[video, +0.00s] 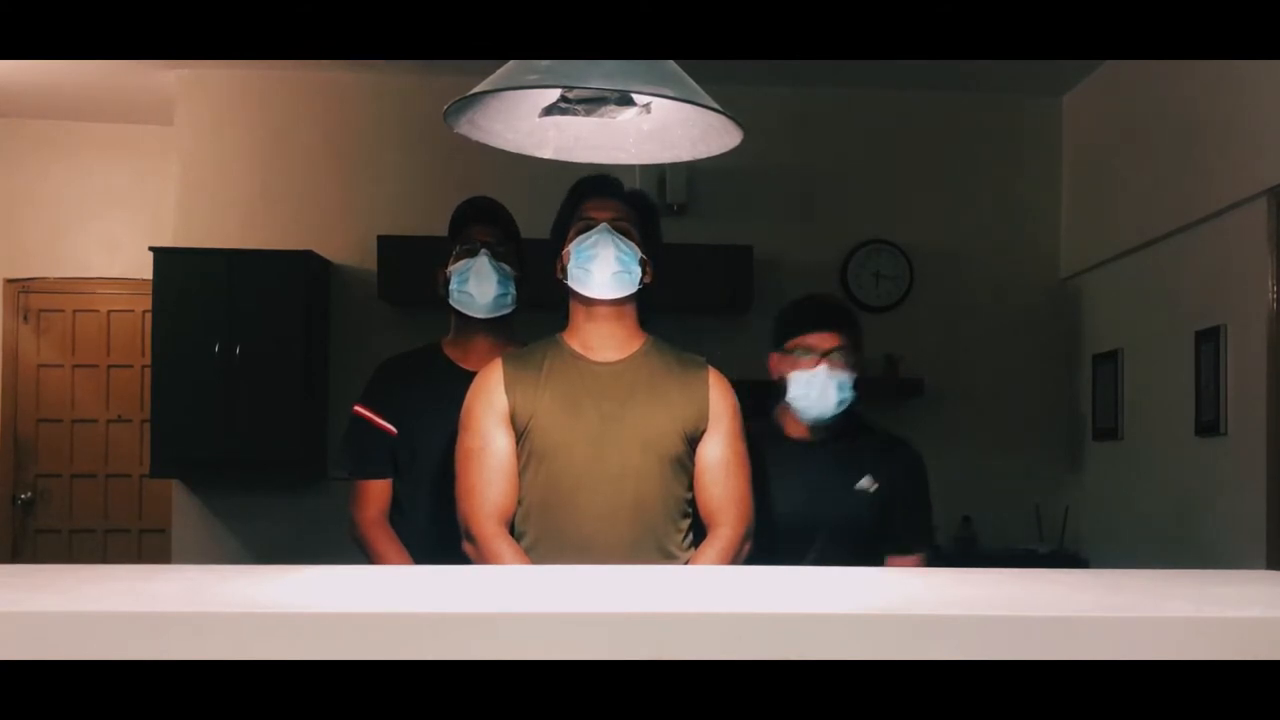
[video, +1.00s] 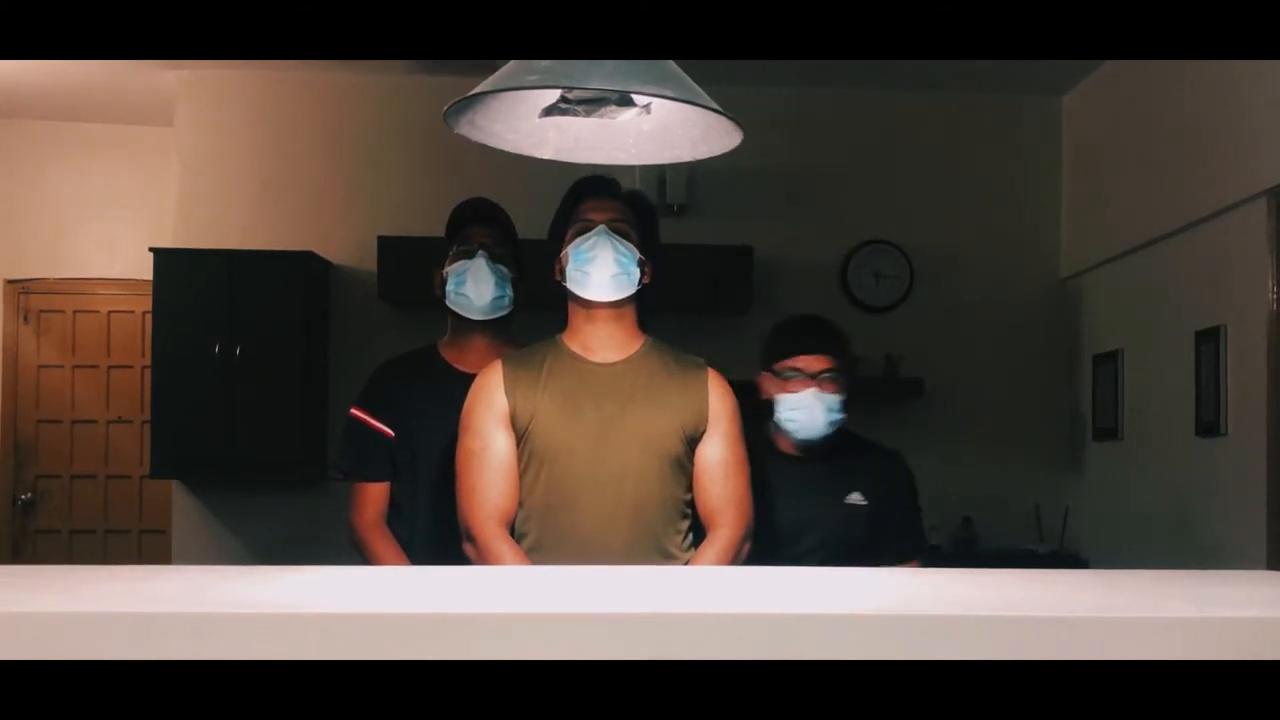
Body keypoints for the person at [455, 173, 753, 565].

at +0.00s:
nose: (603, 239)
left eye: (621, 231)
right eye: (585, 230)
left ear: (646, 267)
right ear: (562, 261)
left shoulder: (704, 388)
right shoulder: (502, 381)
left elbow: (731, 531)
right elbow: (483, 531)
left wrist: (667, 615)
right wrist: (552, 615)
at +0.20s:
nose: (603, 240)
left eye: (621, 232)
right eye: (586, 231)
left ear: (646, 267)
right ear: (562, 262)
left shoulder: (705, 388)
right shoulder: (503, 381)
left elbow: (730, 528)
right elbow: (483, 528)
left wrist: (669, 615)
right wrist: (547, 615)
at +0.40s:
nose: (603, 239)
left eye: (621, 232)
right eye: (586, 231)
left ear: (647, 267)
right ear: (562, 262)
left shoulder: (705, 388)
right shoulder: (503, 380)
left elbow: (732, 531)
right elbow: (482, 528)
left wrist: (667, 616)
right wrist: (549, 617)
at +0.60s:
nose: (603, 240)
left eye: (621, 233)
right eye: (585, 232)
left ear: (646, 268)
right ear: (561, 262)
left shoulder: (705, 388)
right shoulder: (503, 381)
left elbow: (731, 530)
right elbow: (483, 529)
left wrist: (668, 616)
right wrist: (550, 616)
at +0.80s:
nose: (601, 241)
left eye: (620, 233)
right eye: (584, 232)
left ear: (644, 268)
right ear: (560, 264)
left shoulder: (703, 388)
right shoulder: (502, 382)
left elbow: (731, 530)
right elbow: (483, 531)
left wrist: (668, 616)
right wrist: (553, 616)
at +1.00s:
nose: (601, 242)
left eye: (619, 233)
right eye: (583, 233)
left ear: (644, 268)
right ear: (559, 264)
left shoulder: (703, 389)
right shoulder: (502, 383)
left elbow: (730, 530)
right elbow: (484, 532)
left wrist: (667, 616)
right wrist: (553, 617)